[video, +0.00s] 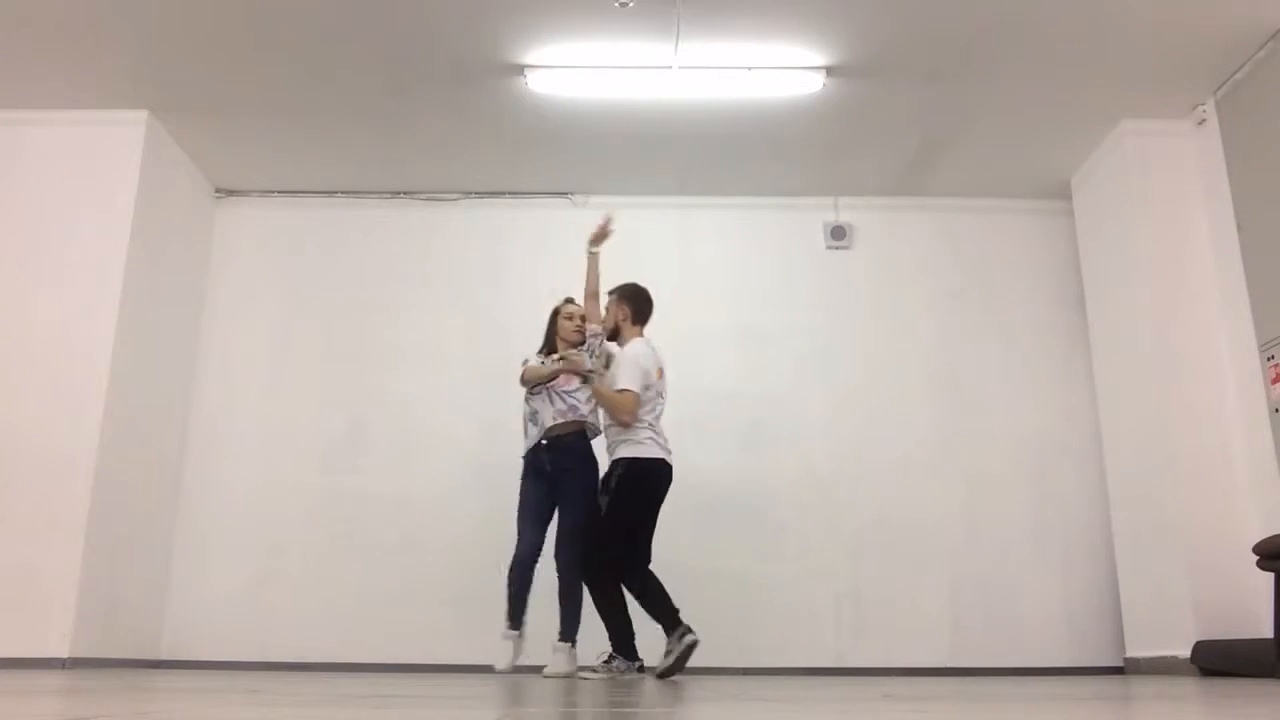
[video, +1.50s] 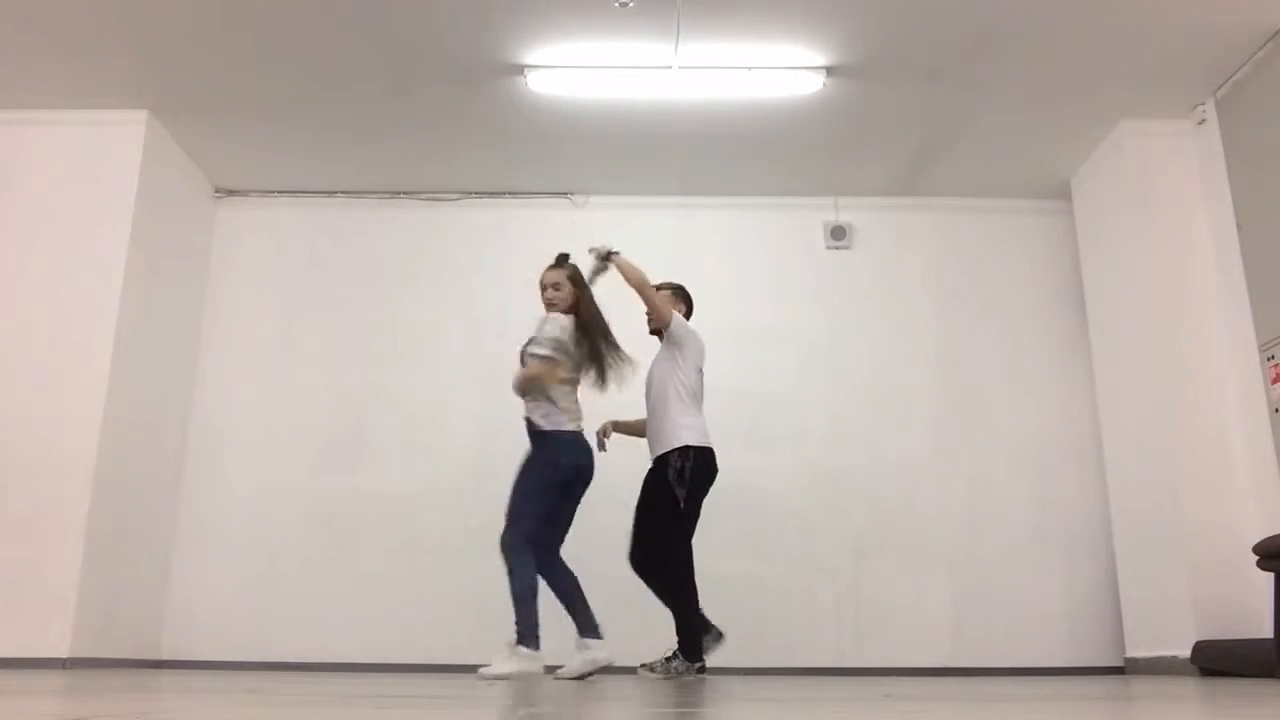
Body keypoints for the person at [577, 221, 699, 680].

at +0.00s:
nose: (602, 314)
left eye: (607, 307)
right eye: (605, 308)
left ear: (623, 312)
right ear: (633, 314)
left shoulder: (632, 351)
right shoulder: (643, 352)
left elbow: (626, 410)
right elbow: (592, 312)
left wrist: (590, 381)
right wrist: (593, 251)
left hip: (633, 465)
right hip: (653, 466)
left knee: (595, 562)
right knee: (630, 563)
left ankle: (624, 656)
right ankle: (677, 633)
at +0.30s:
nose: (620, 325)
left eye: (626, 318)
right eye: (621, 319)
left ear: (647, 322)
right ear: (644, 324)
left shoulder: (668, 364)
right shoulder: (632, 373)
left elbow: (673, 423)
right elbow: (591, 406)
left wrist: (644, 380)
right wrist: (566, 376)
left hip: (663, 470)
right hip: (649, 472)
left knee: (617, 554)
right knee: (647, 567)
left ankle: (628, 652)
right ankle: (685, 656)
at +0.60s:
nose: (622, 326)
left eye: (629, 320)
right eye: (622, 321)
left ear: (652, 323)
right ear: (642, 325)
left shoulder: (674, 361)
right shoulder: (625, 371)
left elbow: (682, 411)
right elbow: (586, 401)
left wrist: (674, 357)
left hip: (675, 462)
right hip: (645, 468)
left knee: (653, 551)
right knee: (645, 550)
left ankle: (682, 651)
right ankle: (663, 642)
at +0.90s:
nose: (625, 312)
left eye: (633, 305)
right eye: (625, 308)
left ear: (657, 314)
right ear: (634, 322)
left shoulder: (675, 357)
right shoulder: (625, 375)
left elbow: (683, 337)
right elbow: (592, 412)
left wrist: (668, 286)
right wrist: (551, 425)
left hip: (680, 465)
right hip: (647, 471)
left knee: (668, 568)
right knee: (648, 572)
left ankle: (688, 656)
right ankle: (681, 653)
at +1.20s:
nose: (635, 315)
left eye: (643, 308)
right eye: (634, 309)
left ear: (666, 311)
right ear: (644, 318)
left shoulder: (678, 344)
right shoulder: (655, 370)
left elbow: (643, 298)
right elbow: (651, 436)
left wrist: (602, 251)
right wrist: (597, 442)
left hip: (688, 462)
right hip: (662, 467)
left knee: (668, 561)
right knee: (608, 529)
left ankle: (689, 656)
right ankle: (649, 615)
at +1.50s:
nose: (647, 309)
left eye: (655, 301)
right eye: (647, 303)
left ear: (678, 307)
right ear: (666, 308)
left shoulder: (685, 340)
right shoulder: (663, 361)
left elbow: (646, 290)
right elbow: (659, 426)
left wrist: (612, 257)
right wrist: (615, 425)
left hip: (687, 456)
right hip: (666, 461)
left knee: (670, 553)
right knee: (644, 556)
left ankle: (690, 655)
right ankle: (701, 629)